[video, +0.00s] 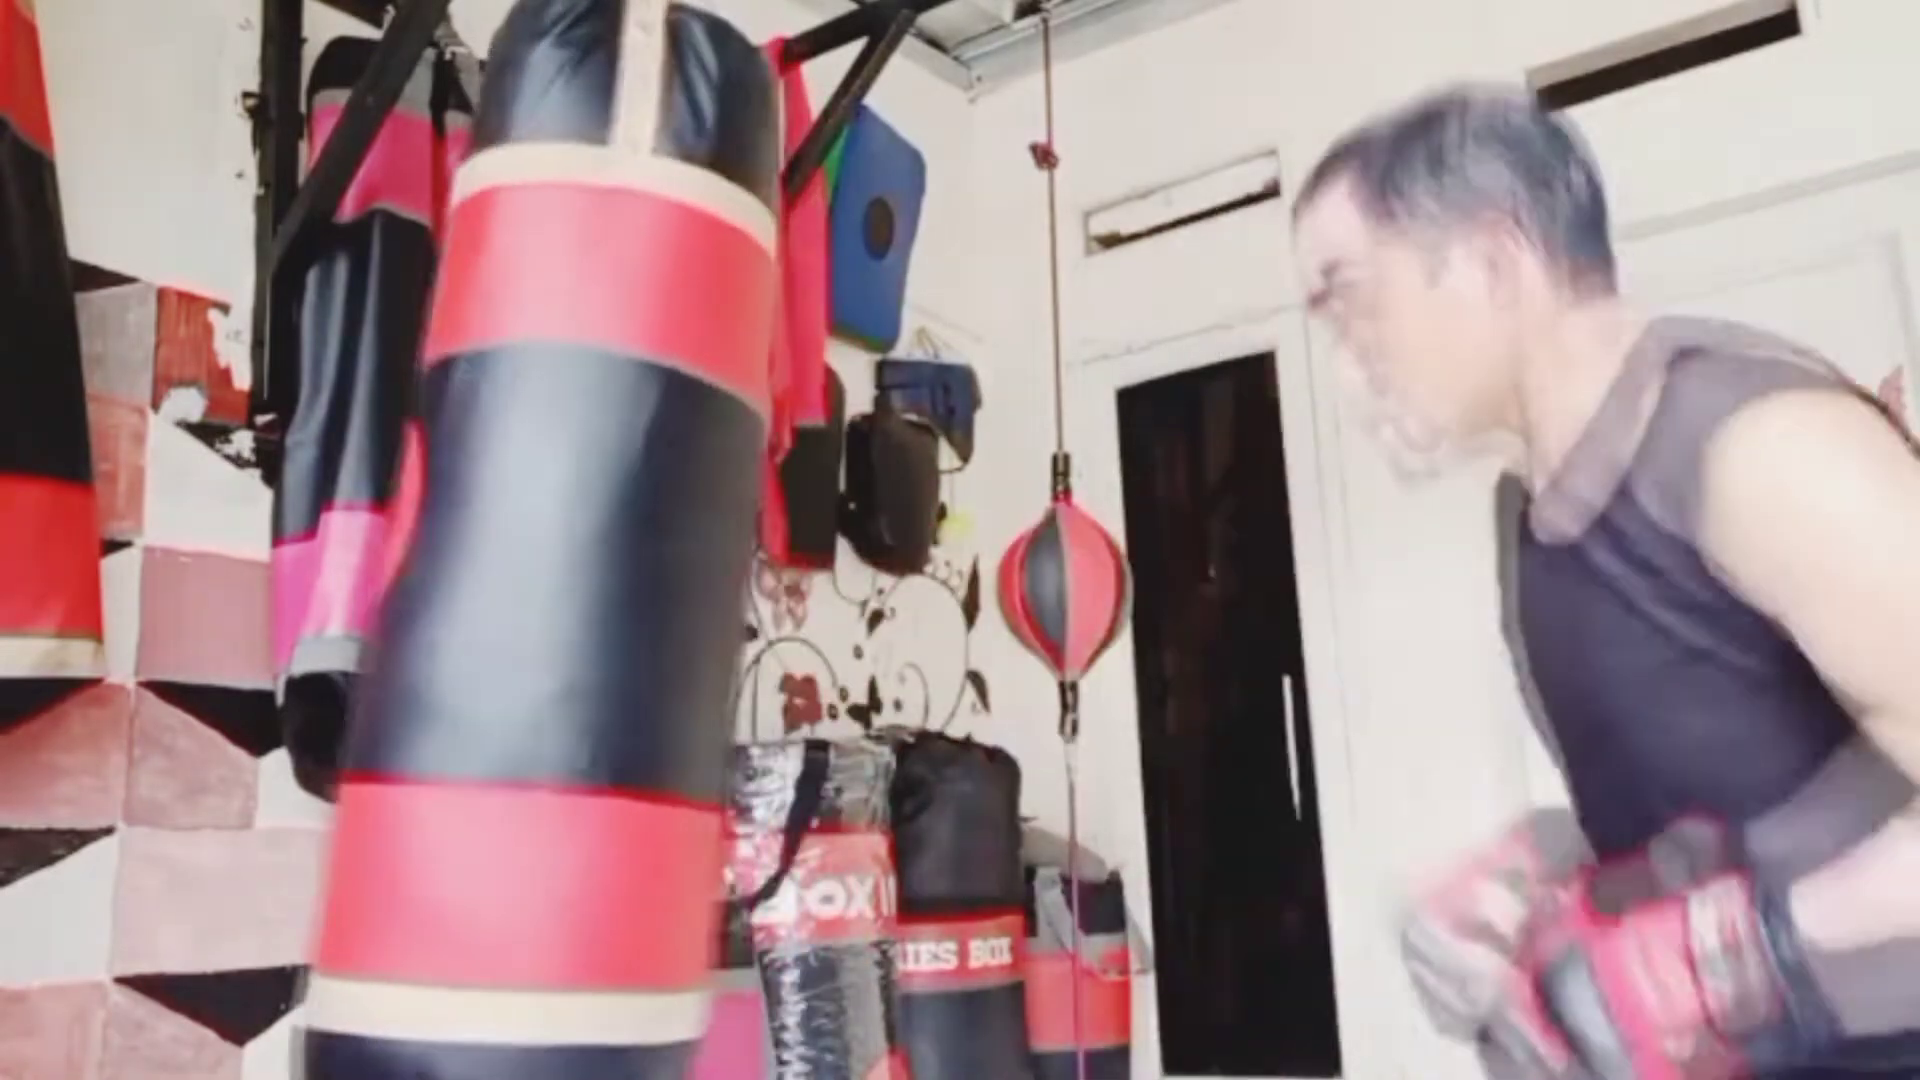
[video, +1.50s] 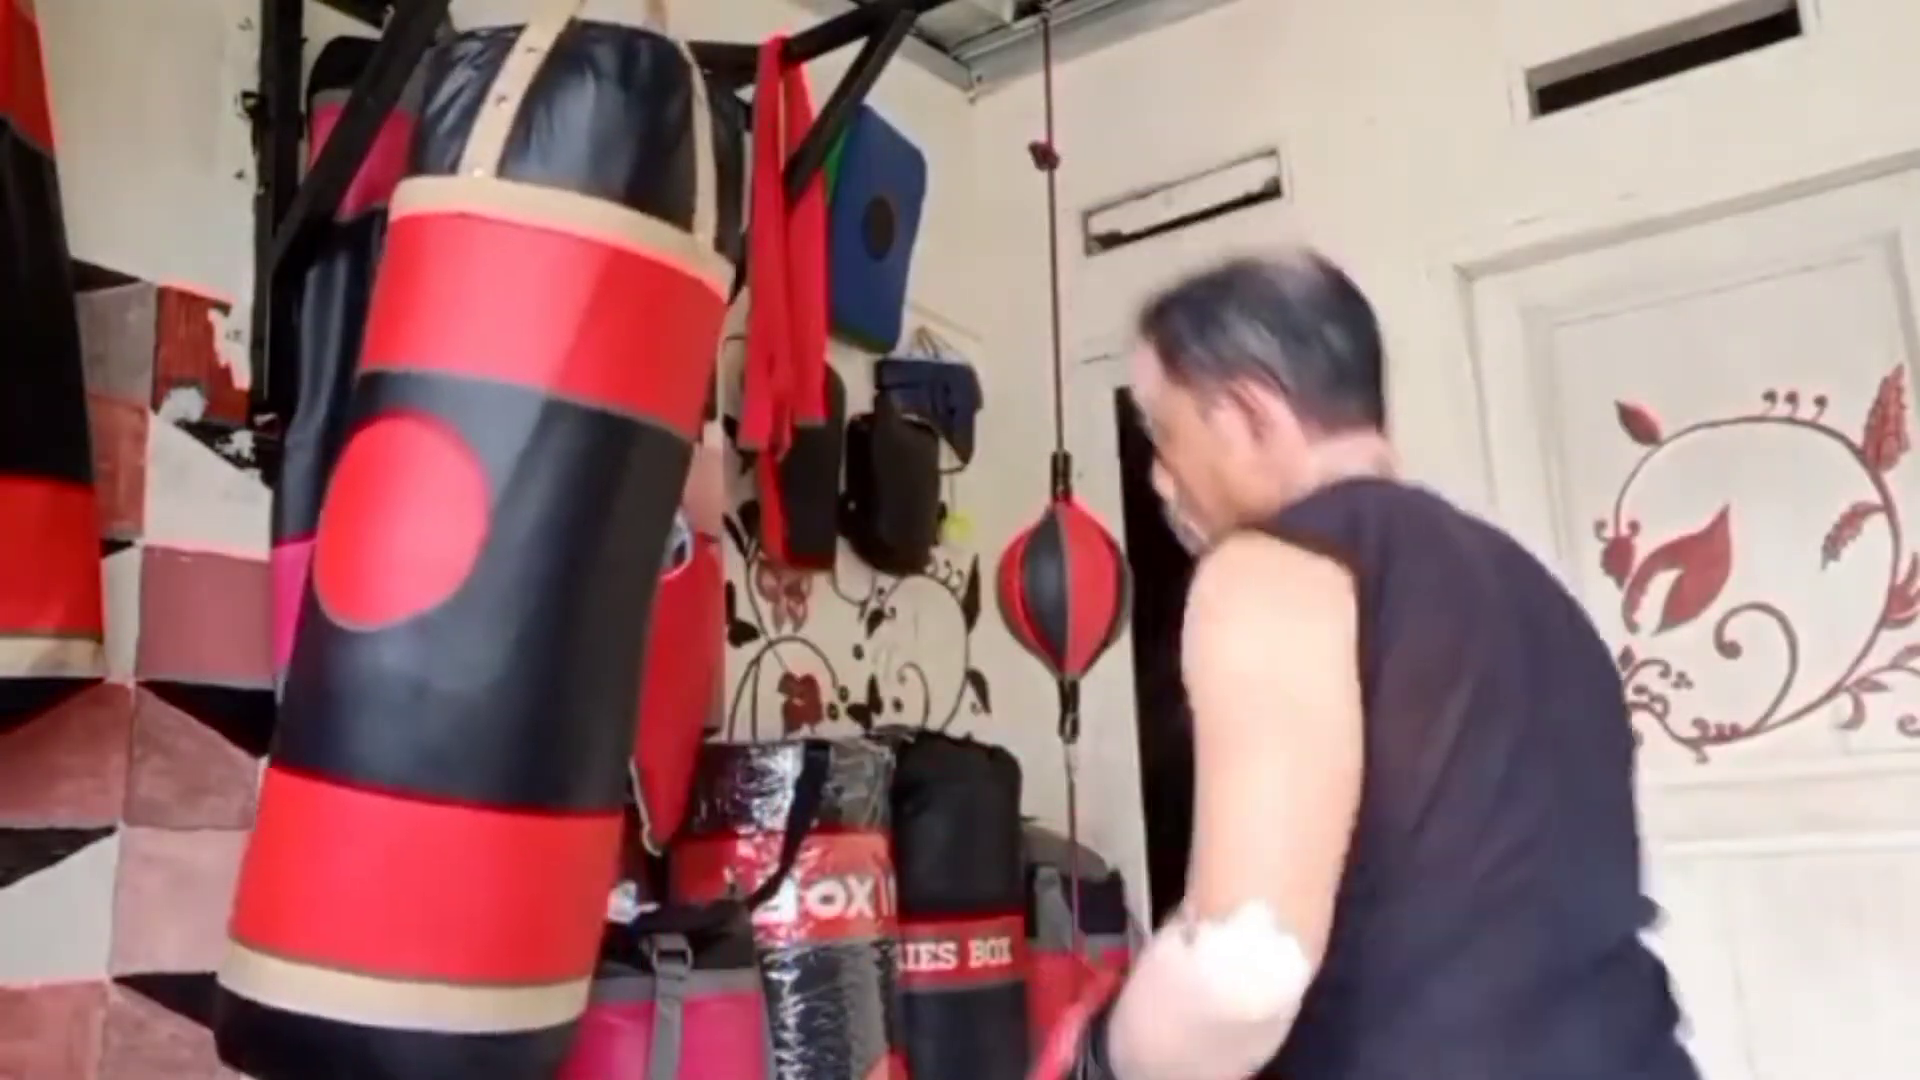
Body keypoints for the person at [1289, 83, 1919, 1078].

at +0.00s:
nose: (1342, 351)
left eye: (1348, 296)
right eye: (1329, 312)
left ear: (1497, 251)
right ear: (1499, 257)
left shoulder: (1769, 444)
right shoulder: (1539, 497)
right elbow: (1703, 779)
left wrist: (1741, 955)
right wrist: (1535, 877)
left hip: (1883, 1046)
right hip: (1758, 1051)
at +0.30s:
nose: (1368, 407)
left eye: (1376, 354)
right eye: (1360, 363)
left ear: (1503, 336)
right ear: (1508, 339)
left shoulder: (1614, 468)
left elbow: (1766, 794)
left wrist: (1514, 972)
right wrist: (1481, 925)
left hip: (1791, 1052)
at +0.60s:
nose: (1205, 414)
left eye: (1203, 379)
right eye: (1196, 384)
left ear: (1260, 346)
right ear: (1407, 345)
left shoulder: (1212, 505)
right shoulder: (1601, 500)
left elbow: (930, 707)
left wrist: (991, 611)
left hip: (1426, 1055)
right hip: (1708, 1046)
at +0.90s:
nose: (1037, 384)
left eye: (1026, 339)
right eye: (1022, 345)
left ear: (1101, 321)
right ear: (1237, 293)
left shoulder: (1219, 526)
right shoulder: (1342, 446)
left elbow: (1216, 982)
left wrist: (1020, 854)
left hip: (1410, 1059)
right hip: (1568, 1033)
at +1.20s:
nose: (1049, 386)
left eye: (1039, 339)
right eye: (1033, 344)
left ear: (1114, 327)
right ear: (1251, 304)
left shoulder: (1191, 531)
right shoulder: (1396, 479)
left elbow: (1178, 958)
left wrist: (1005, 947)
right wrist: (1086, 937)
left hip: (1364, 1060)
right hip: (1563, 1042)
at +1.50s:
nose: (1158, 481)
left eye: (1162, 436)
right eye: (1153, 443)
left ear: (1250, 414)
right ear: (1360, 401)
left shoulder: (1273, 569)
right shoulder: (1528, 584)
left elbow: (1246, 976)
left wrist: (1120, 1049)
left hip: (1418, 1058)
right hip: (1627, 1051)